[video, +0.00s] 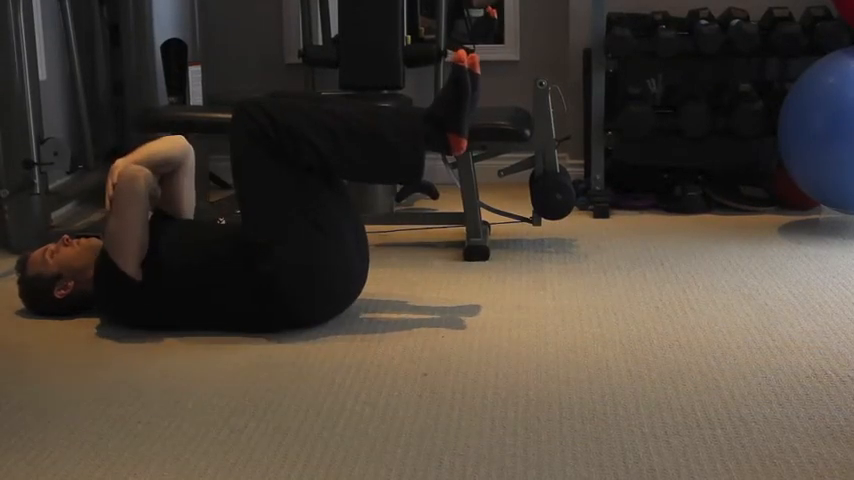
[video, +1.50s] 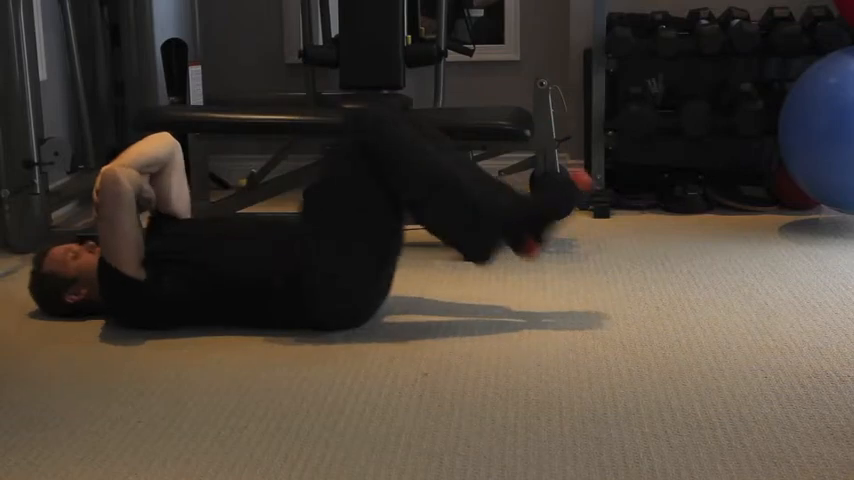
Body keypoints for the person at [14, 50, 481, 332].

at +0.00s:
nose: (67, 237)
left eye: (56, 238)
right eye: (54, 251)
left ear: (75, 238)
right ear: (67, 288)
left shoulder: (151, 253)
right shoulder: (119, 292)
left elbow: (179, 151)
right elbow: (129, 176)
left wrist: (122, 176)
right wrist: (127, 179)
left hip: (320, 265)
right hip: (299, 284)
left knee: (268, 118)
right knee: (259, 121)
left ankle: (428, 127)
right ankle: (430, 135)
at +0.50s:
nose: (57, 236)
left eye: (47, 241)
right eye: (51, 248)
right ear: (72, 278)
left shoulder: (153, 253)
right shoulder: (120, 283)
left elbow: (177, 144)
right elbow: (129, 171)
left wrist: (122, 167)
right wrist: (123, 170)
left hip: (320, 262)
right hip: (297, 276)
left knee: (229, 129)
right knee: (227, 132)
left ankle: (395, 104)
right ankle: (399, 116)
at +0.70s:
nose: (56, 236)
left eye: (46, 244)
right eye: (52, 251)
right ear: (73, 278)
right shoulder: (125, 282)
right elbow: (131, 165)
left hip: (328, 242)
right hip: (295, 262)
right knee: (180, 142)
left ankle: (339, 73)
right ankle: (340, 77)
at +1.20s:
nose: (54, 231)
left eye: (43, 239)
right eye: (48, 245)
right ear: (67, 278)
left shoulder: (151, 258)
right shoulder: (114, 286)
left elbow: (178, 164)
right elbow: (122, 172)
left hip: (326, 251)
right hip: (292, 269)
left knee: (165, 126)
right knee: (166, 127)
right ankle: (354, 110)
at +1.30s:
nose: (66, 232)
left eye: (54, 235)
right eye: (53, 245)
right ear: (65, 283)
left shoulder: (152, 254)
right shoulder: (115, 291)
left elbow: (173, 148)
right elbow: (116, 178)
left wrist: (115, 186)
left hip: (325, 268)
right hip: (297, 285)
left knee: (264, 125)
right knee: (252, 125)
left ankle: (416, 122)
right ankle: (413, 130)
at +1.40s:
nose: (71, 244)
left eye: (64, 245)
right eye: (60, 255)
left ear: (81, 249)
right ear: (66, 291)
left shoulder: (156, 253)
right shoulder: (119, 298)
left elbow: (169, 150)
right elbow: (109, 181)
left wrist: (110, 186)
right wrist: (132, 187)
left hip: (328, 272)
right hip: (306, 290)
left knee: (326, 121)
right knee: (311, 124)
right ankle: (472, 179)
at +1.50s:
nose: (84, 250)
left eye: (77, 249)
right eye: (73, 259)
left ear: (94, 257)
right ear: (80, 293)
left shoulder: (160, 250)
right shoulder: (131, 297)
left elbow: (168, 148)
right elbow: (115, 174)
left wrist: (117, 204)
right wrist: (127, 219)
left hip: (331, 263)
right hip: (323, 290)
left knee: (376, 125)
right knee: (370, 130)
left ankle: (488, 225)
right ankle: (520, 221)